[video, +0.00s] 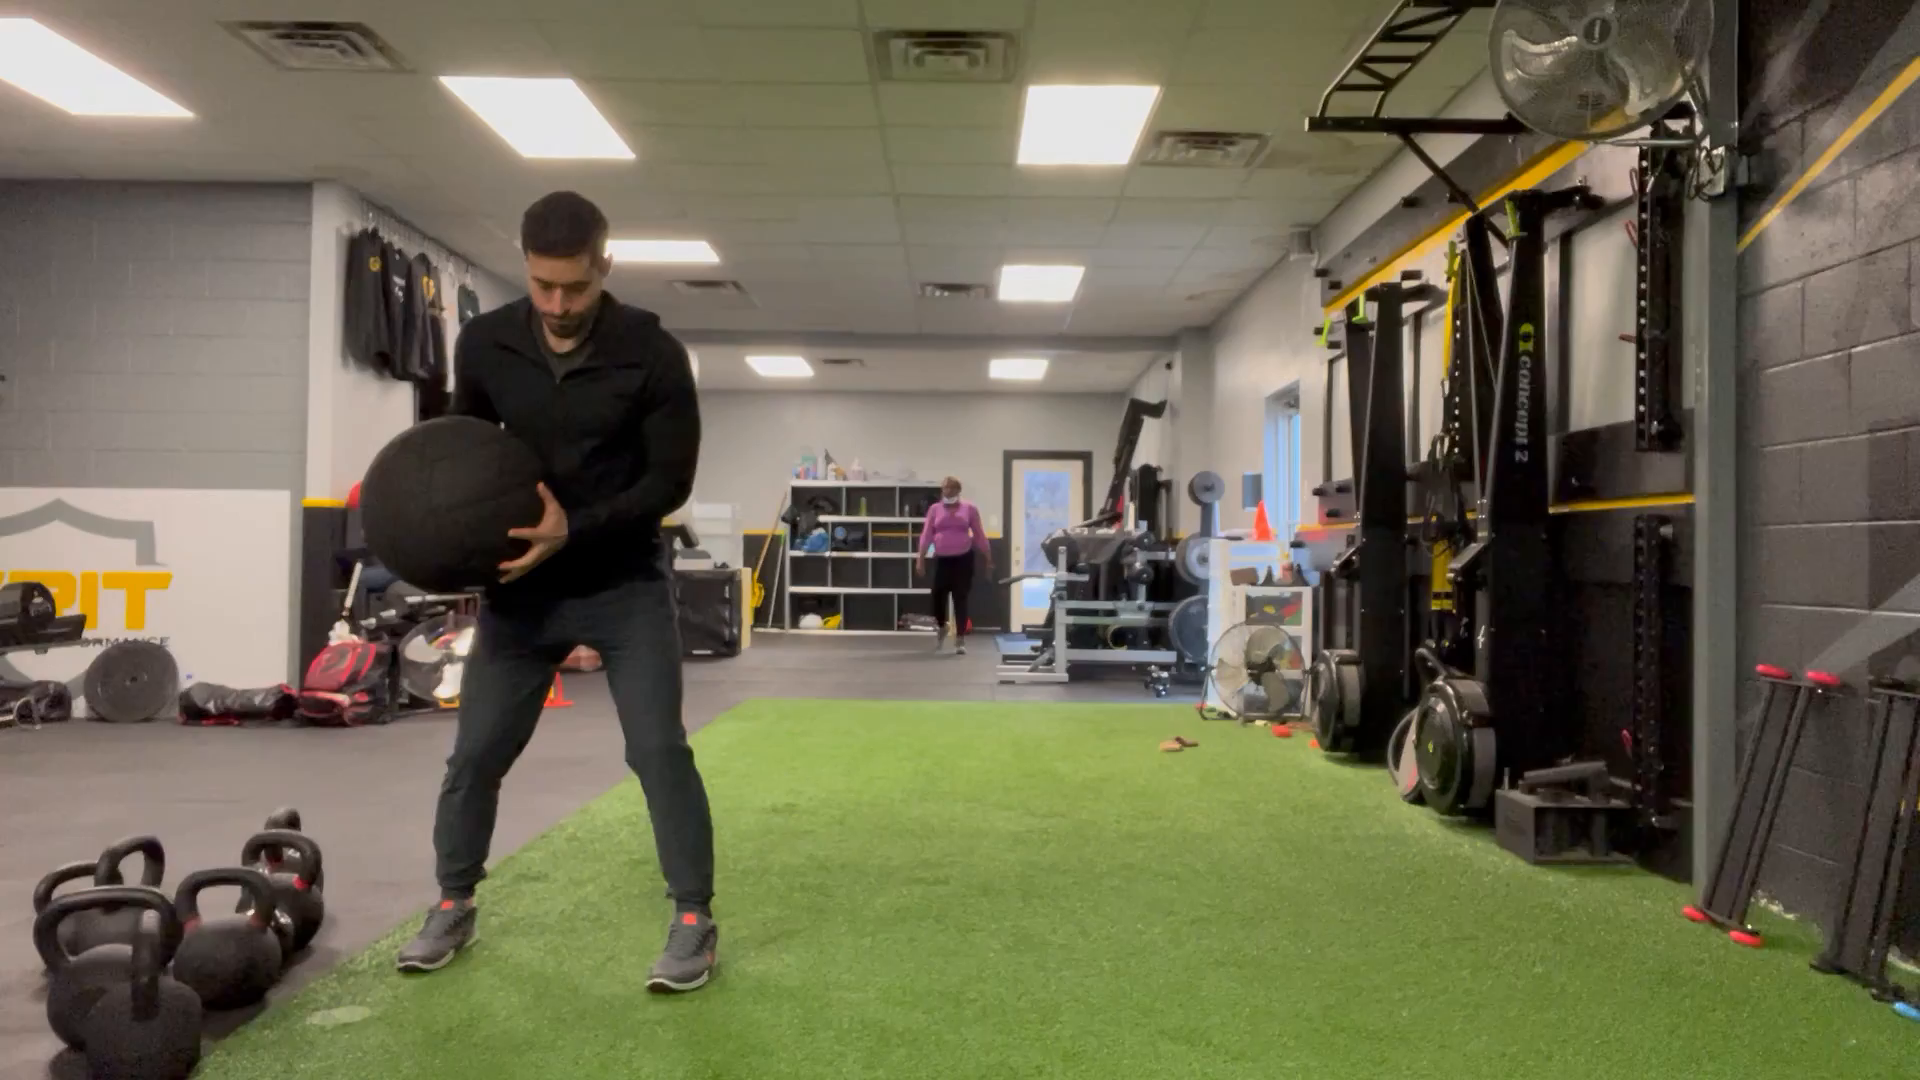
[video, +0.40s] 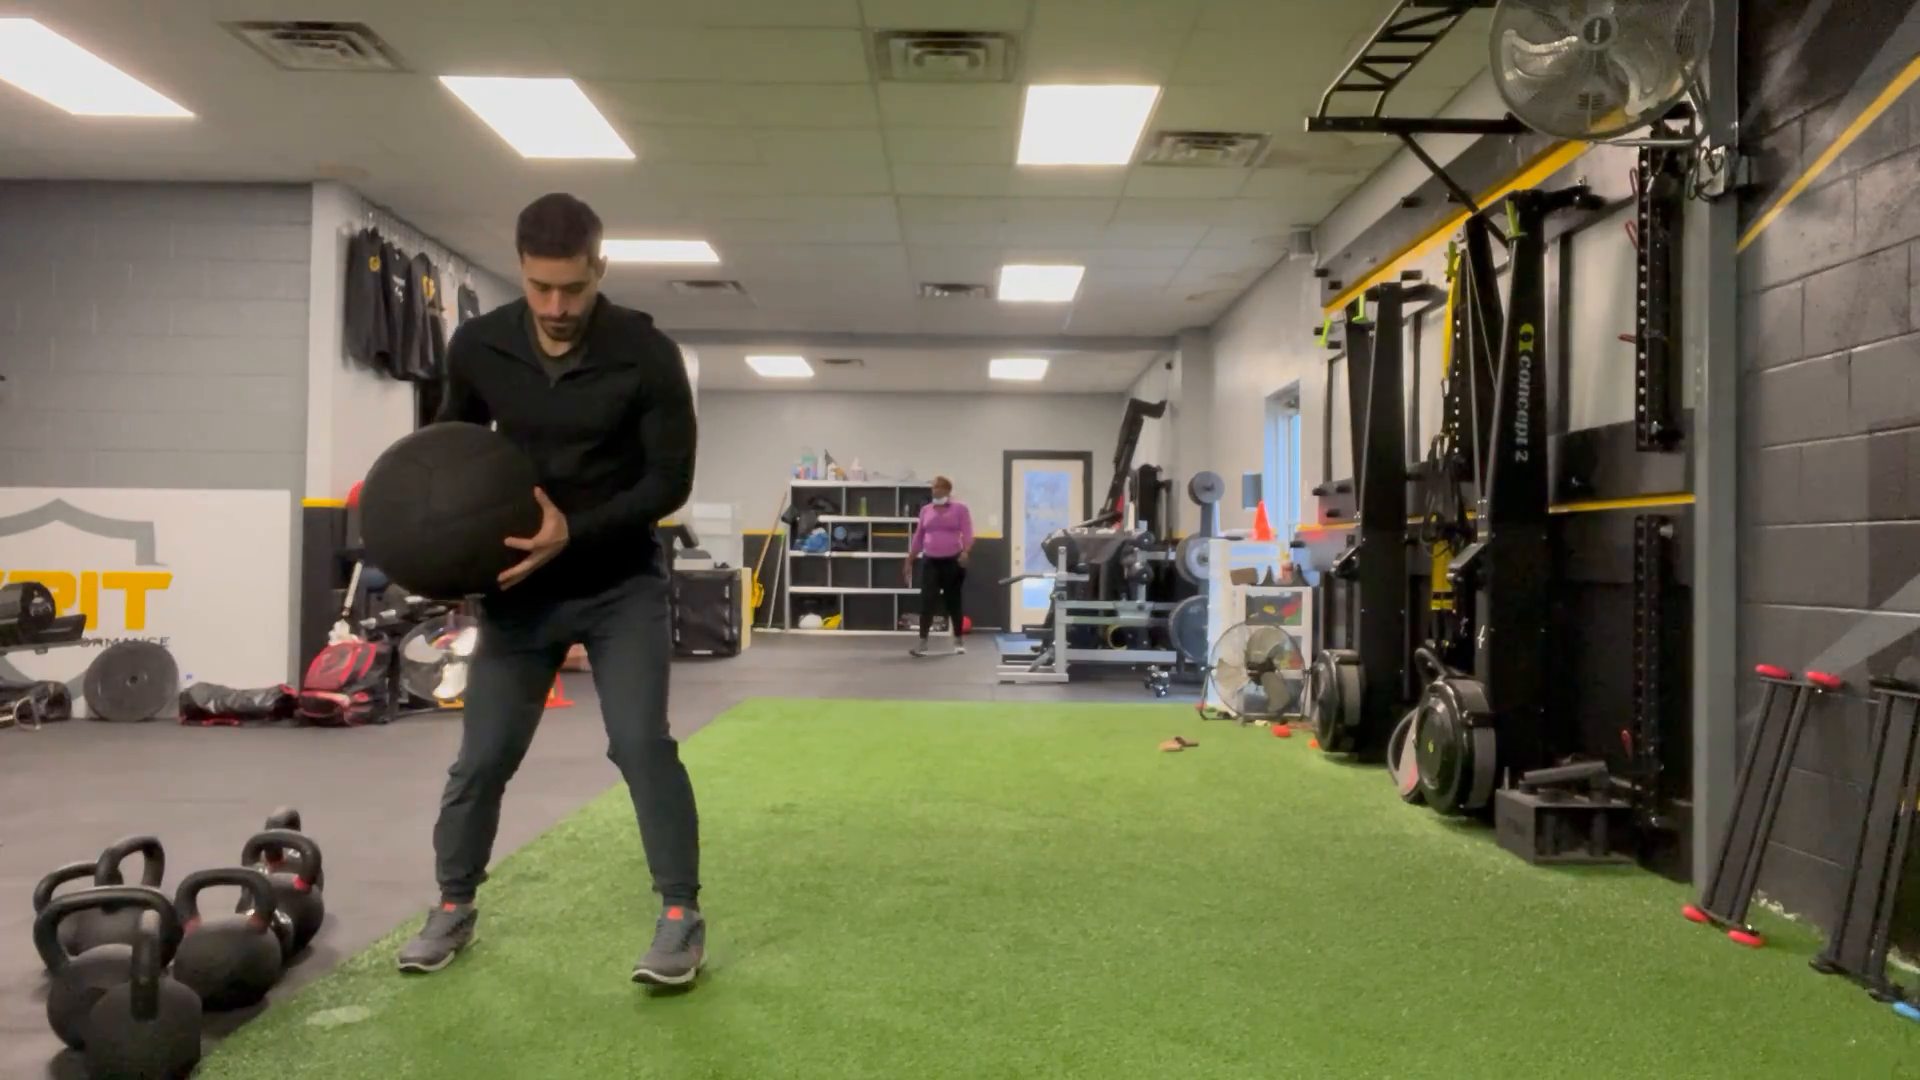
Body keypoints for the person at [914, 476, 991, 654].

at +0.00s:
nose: (949, 493)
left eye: (952, 489)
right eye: (946, 489)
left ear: (958, 491)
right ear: (942, 490)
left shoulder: (969, 509)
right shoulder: (935, 509)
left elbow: (979, 535)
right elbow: (927, 534)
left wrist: (988, 558)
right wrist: (920, 557)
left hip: (963, 557)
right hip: (942, 557)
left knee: (960, 596)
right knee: (938, 594)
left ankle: (960, 637)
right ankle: (942, 627)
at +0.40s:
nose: (935, 491)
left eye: (938, 488)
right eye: (933, 488)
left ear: (947, 490)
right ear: (932, 490)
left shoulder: (959, 509)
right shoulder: (926, 510)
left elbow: (968, 533)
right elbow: (918, 536)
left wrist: (965, 551)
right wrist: (910, 559)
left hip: (952, 559)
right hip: (930, 559)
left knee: (953, 600)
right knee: (927, 600)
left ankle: (958, 640)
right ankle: (922, 641)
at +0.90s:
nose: (919, 490)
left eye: (923, 486)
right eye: (917, 486)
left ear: (931, 487)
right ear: (914, 486)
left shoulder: (943, 507)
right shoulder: (906, 507)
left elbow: (952, 533)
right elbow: (897, 531)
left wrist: (958, 557)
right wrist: (886, 552)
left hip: (935, 557)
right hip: (912, 557)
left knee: (931, 598)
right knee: (915, 600)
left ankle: (932, 641)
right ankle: (920, 642)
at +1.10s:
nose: (919, 492)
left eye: (922, 488)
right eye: (916, 487)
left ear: (930, 488)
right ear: (912, 489)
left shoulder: (941, 508)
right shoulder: (906, 508)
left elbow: (952, 535)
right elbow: (898, 531)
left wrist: (963, 560)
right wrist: (893, 545)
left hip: (933, 557)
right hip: (910, 558)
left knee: (930, 599)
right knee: (912, 599)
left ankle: (929, 643)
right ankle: (918, 638)